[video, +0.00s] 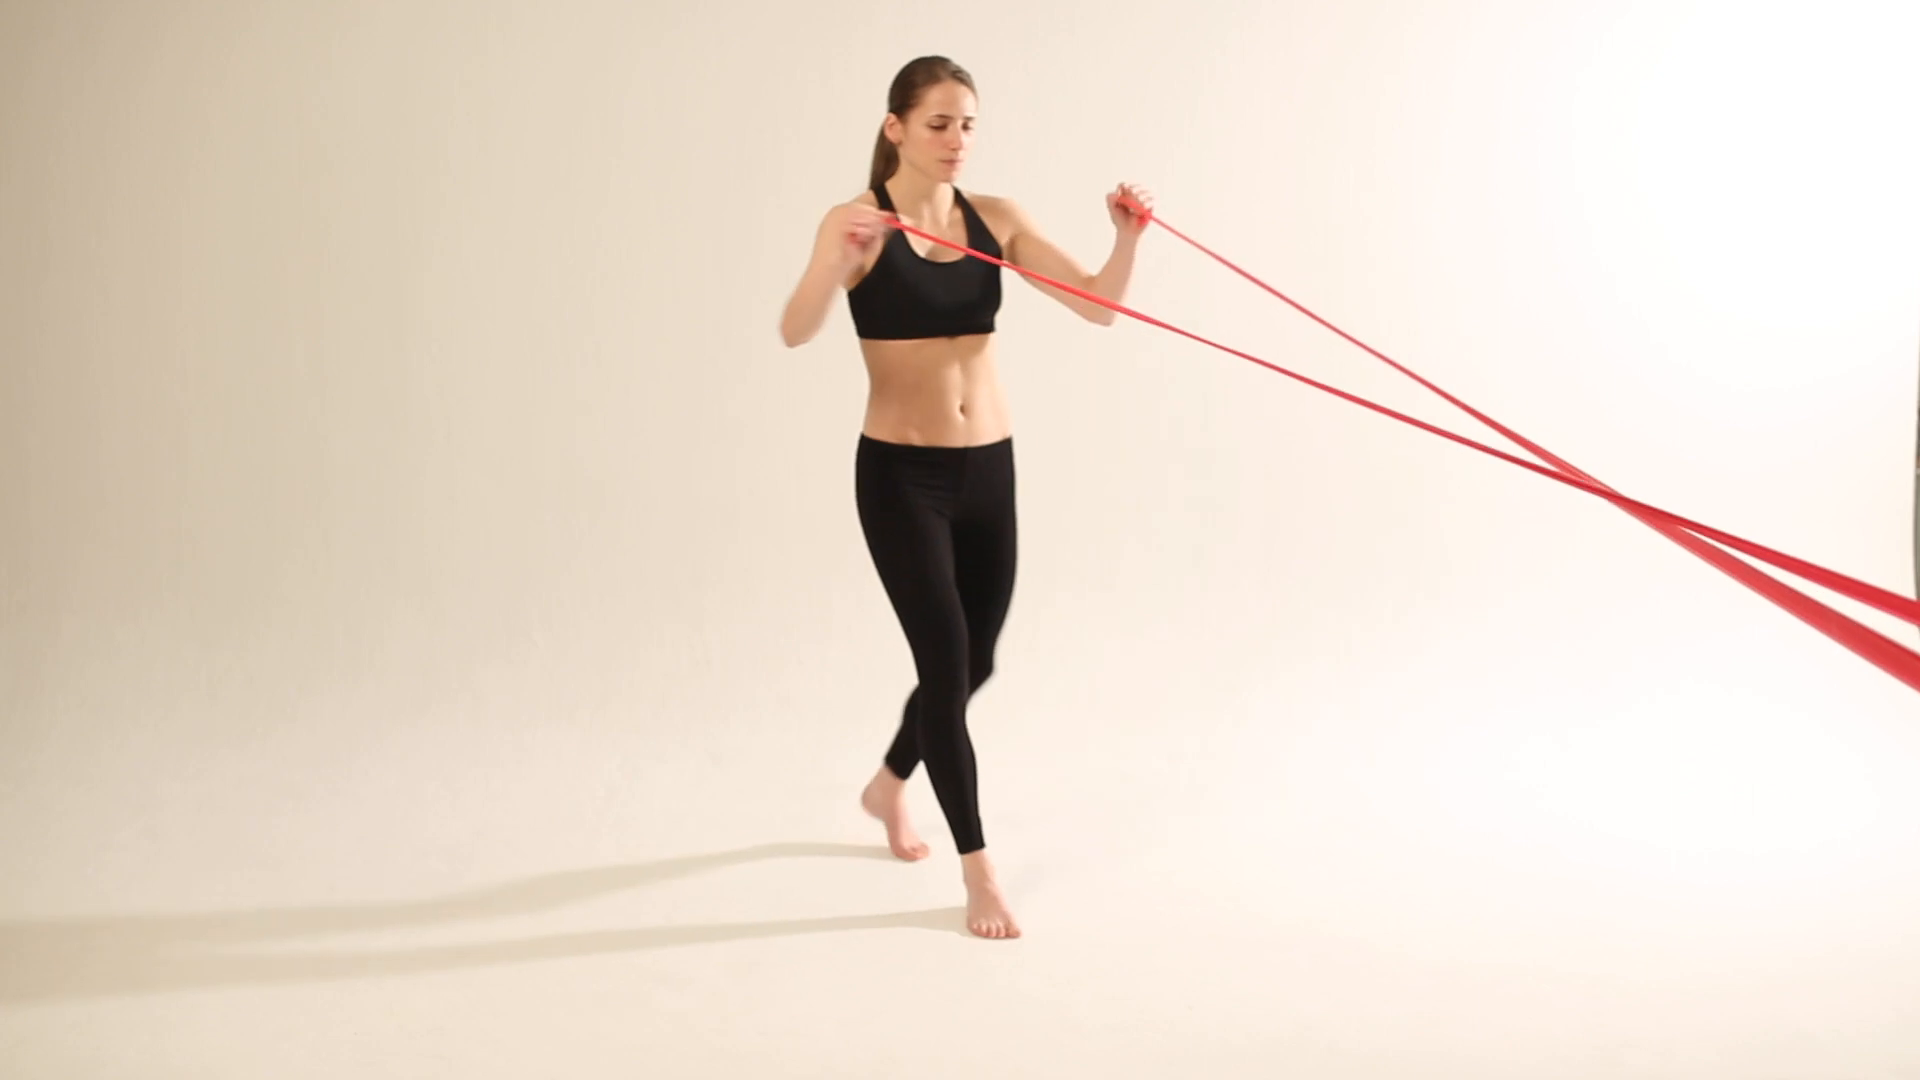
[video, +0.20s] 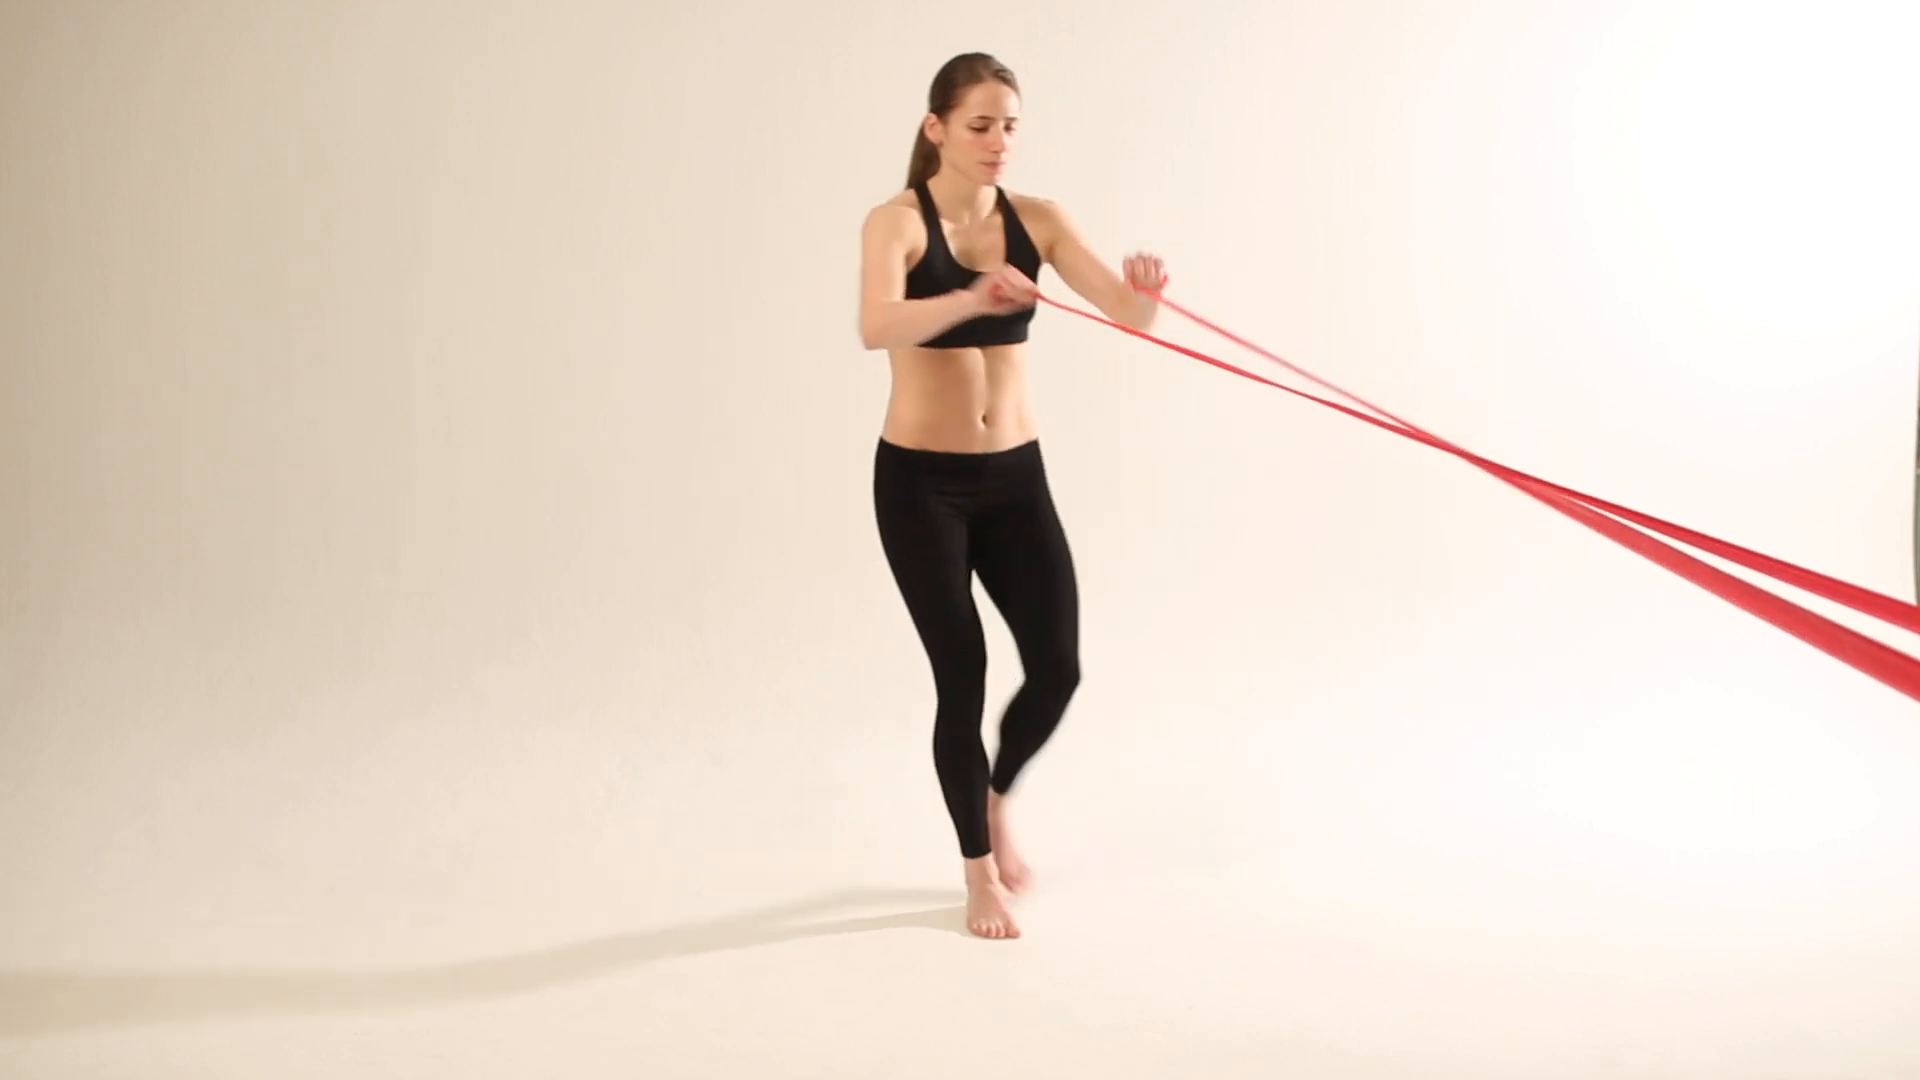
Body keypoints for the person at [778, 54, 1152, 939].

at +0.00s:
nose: (956, 138)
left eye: (966, 124)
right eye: (939, 123)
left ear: (974, 131)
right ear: (895, 127)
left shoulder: (992, 216)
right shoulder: (854, 221)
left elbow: (1097, 304)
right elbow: (795, 331)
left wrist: (1127, 235)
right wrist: (843, 266)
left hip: (989, 470)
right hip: (900, 473)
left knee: (975, 661)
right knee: (945, 668)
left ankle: (887, 781)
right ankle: (977, 869)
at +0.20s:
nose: (997, 141)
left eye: (1008, 125)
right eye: (981, 125)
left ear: (1018, 130)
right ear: (935, 127)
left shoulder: (1037, 221)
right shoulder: (898, 221)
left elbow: (1126, 311)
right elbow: (879, 326)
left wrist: (1142, 291)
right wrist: (974, 299)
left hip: (1017, 479)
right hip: (920, 483)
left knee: (1055, 670)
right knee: (962, 673)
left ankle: (992, 794)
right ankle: (977, 873)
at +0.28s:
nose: (1017, 151)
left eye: (1028, 135)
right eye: (1001, 134)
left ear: (1037, 139)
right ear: (954, 134)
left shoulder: (1052, 227)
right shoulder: (915, 228)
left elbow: (1124, 301)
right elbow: (915, 334)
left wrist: (1150, 314)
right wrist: (1021, 329)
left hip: (1027, 485)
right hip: (928, 490)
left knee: (1075, 675)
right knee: (975, 683)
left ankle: (1055, 857)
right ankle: (982, 875)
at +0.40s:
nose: (1050, 176)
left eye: (1061, 160)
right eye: (1033, 158)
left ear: (1067, 165)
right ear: (984, 157)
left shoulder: (1080, 249)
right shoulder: (941, 250)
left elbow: (1163, 333)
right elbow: (970, 361)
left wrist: (1178, 375)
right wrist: (1083, 386)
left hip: (1048, 509)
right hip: (947, 512)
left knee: (1099, 703)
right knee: (996, 706)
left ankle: (1136, 902)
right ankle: (985, 879)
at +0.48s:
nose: (1077, 196)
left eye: (1086, 180)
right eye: (1060, 179)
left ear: (1092, 184)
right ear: (1008, 176)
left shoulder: (1103, 267)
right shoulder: (964, 272)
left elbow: (1185, 363)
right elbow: (1012, 384)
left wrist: (1197, 424)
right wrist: (1126, 440)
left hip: (1065, 526)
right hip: (963, 530)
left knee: (1118, 720)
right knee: (1013, 726)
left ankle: (1157, 921)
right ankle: (986, 875)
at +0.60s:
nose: (1124, 231)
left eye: (1134, 214)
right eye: (1107, 213)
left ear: (1142, 219)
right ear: (1055, 211)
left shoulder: (1149, 300)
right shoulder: (1010, 307)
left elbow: (1210, 414)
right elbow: (1078, 445)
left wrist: (1226, 510)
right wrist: (1174, 526)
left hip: (1093, 546)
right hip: (992, 551)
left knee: (1150, 730)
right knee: (1043, 752)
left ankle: (1156, 939)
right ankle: (981, 863)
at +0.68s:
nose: (1160, 267)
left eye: (1170, 247)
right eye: (1142, 247)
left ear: (1179, 246)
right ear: (1089, 243)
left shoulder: (1180, 323)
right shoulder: (1042, 333)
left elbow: (1229, 451)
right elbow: (1109, 483)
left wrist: (1240, 567)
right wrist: (1198, 580)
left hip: (1110, 557)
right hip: (1011, 563)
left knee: (1166, 734)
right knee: (1062, 768)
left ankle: (1156, 941)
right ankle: (982, 854)